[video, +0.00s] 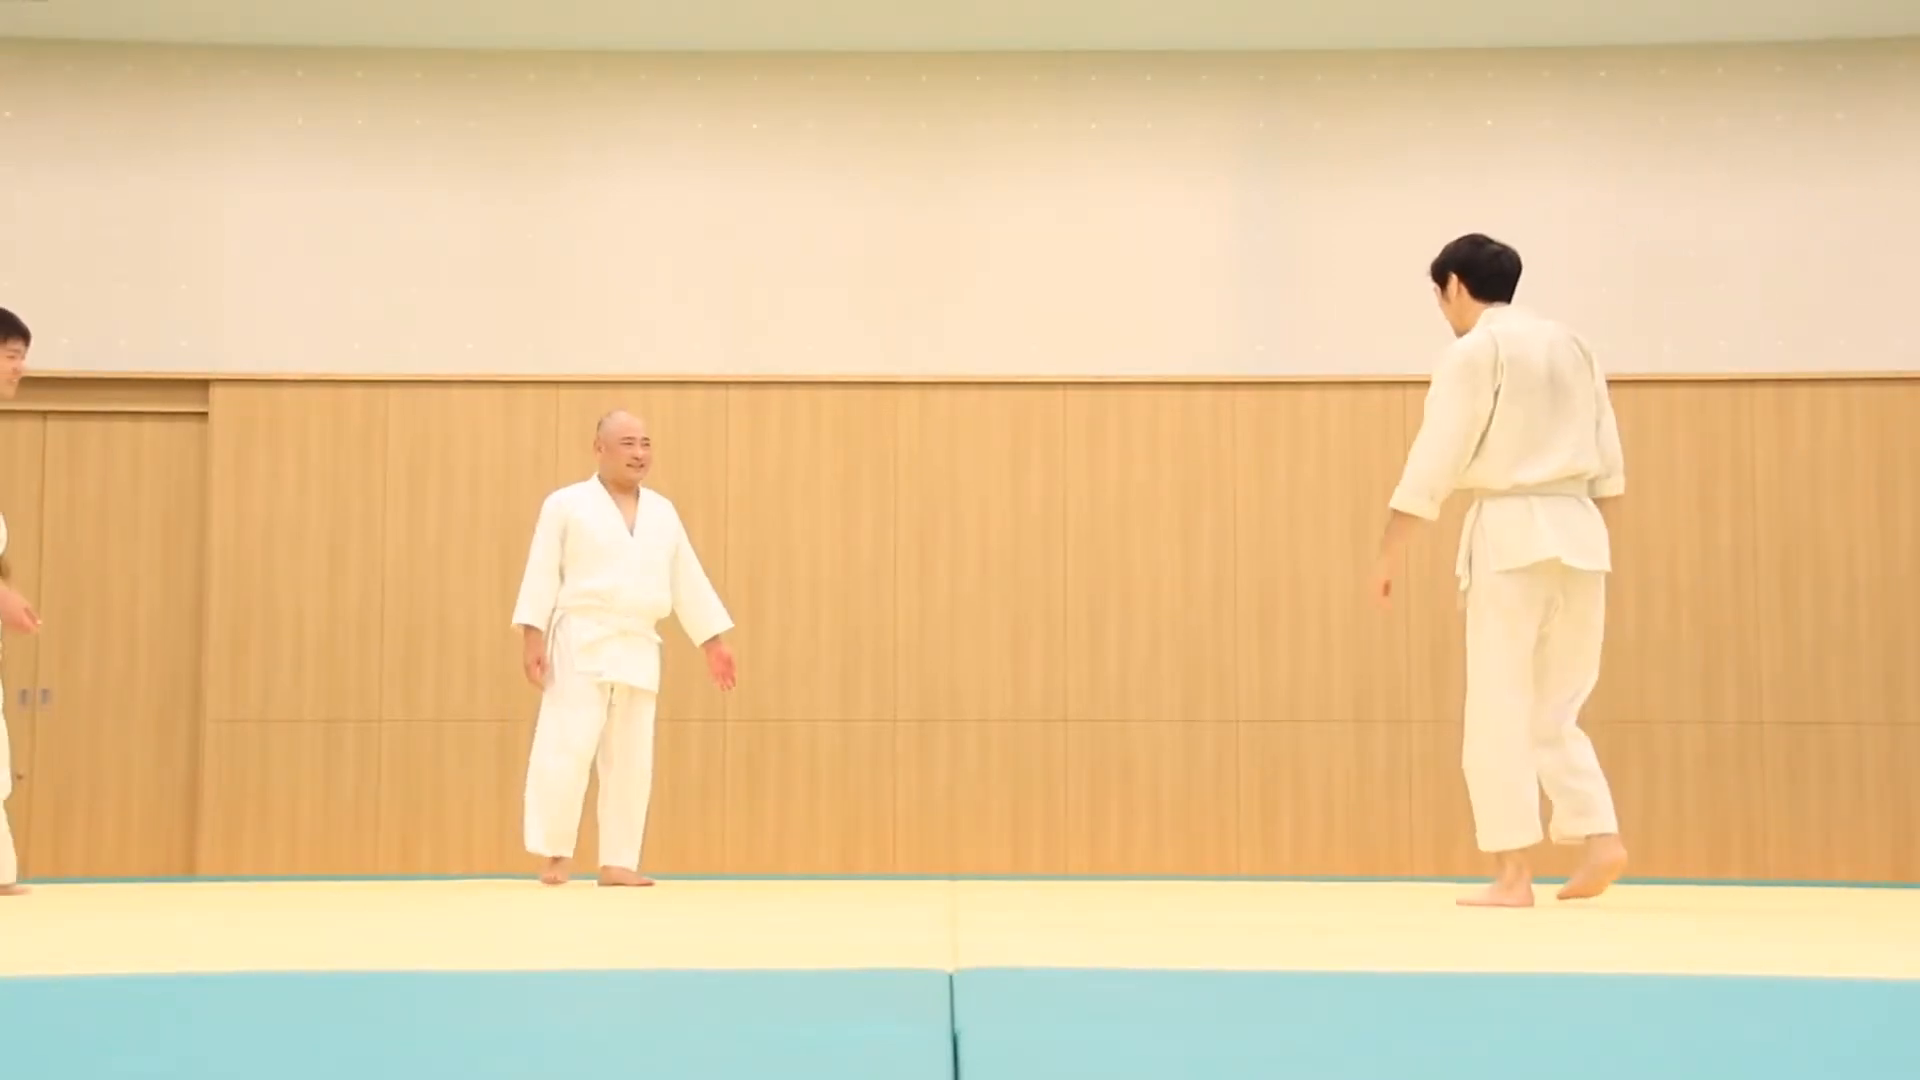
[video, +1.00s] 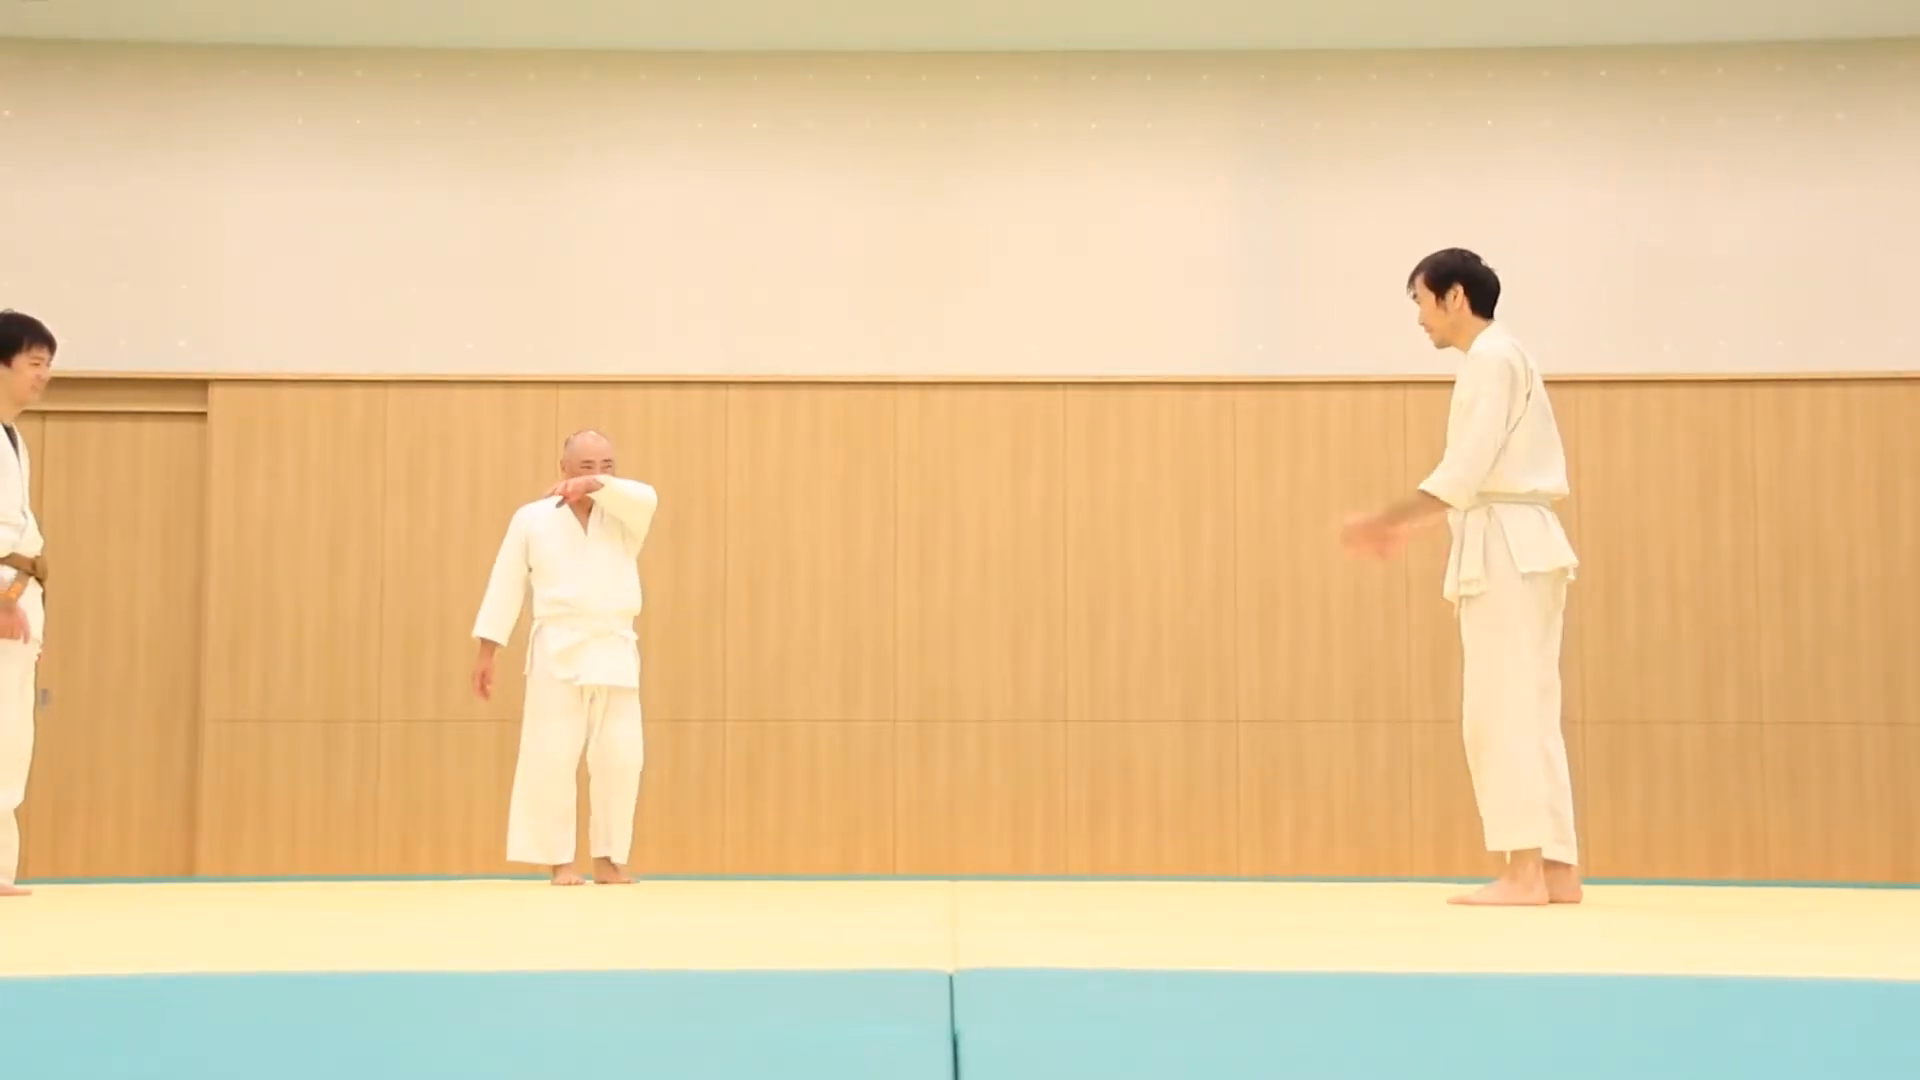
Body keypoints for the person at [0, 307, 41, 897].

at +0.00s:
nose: (19, 370)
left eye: (22, 359)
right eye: (13, 358)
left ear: (21, 363)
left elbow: (1, 539)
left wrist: (7, 590)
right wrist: (5, 592)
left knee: (2, 758)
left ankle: (5, 864)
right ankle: (3, 864)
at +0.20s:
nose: (30, 371)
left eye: (32, 359)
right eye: (22, 358)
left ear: (21, 361)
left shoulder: (3, 438)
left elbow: (10, 529)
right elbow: (7, 530)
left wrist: (10, 577)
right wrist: (11, 574)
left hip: (6, 608)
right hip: (1, 608)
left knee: (2, 742)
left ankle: (5, 866)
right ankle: (2, 866)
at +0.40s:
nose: (36, 374)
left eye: (39, 362)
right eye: (28, 361)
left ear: (28, 366)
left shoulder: (6, 440)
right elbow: (8, 529)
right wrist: (25, 556)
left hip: (14, 618)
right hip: (6, 618)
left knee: (11, 748)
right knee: (6, 749)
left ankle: (5, 867)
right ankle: (2, 868)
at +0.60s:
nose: (43, 377)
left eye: (46, 366)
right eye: (35, 364)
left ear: (33, 370)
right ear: (5, 363)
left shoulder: (11, 440)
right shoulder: (0, 440)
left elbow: (22, 531)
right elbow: (6, 528)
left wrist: (29, 608)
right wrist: (27, 558)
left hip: (18, 613)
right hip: (7, 615)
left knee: (12, 747)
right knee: (8, 748)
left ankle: (6, 869)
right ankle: (2, 869)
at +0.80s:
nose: (45, 375)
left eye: (48, 364)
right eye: (36, 362)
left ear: (34, 369)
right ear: (5, 363)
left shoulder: (14, 441)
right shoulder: (1, 441)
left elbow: (25, 533)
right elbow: (6, 530)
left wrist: (20, 584)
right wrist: (29, 560)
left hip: (19, 611)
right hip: (8, 613)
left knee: (13, 746)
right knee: (8, 747)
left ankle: (5, 869)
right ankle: (2, 869)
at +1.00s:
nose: (44, 375)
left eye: (47, 365)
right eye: (35, 363)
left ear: (37, 370)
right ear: (5, 363)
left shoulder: (14, 441)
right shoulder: (1, 441)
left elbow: (26, 529)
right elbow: (8, 528)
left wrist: (18, 587)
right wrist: (9, 596)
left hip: (22, 601)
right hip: (6, 603)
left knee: (15, 739)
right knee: (8, 741)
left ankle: (6, 867)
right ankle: (2, 867)